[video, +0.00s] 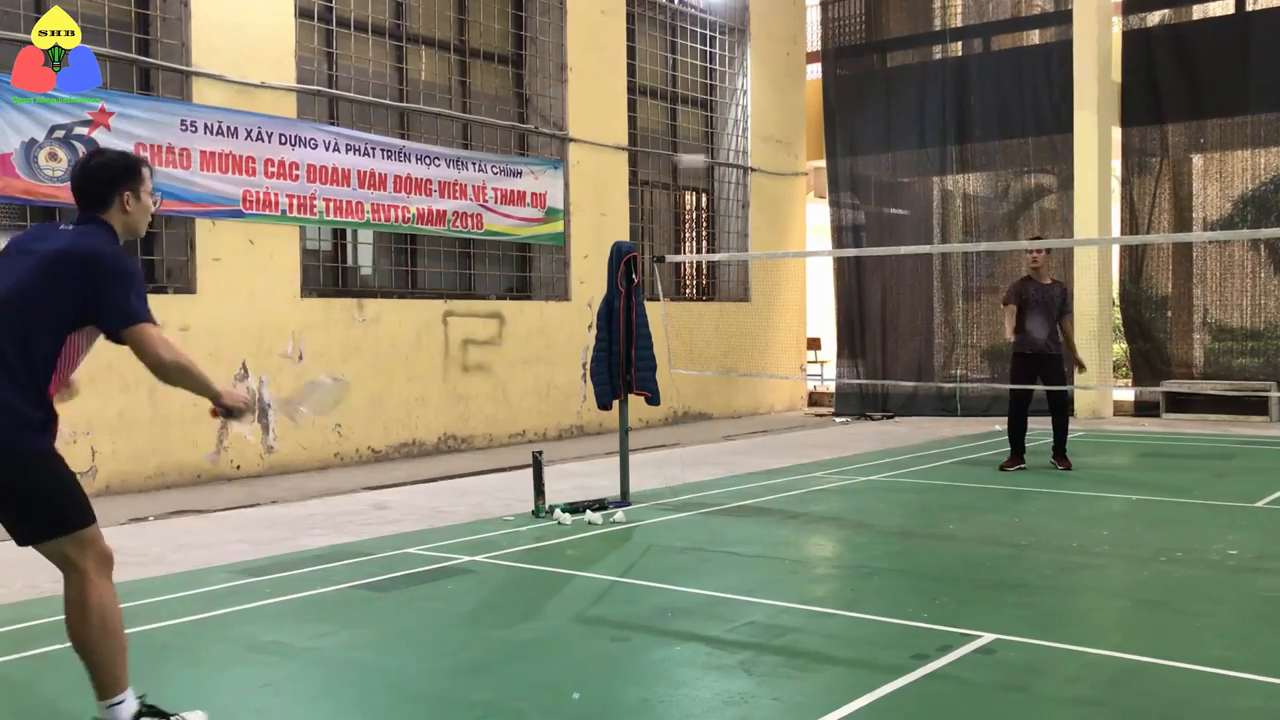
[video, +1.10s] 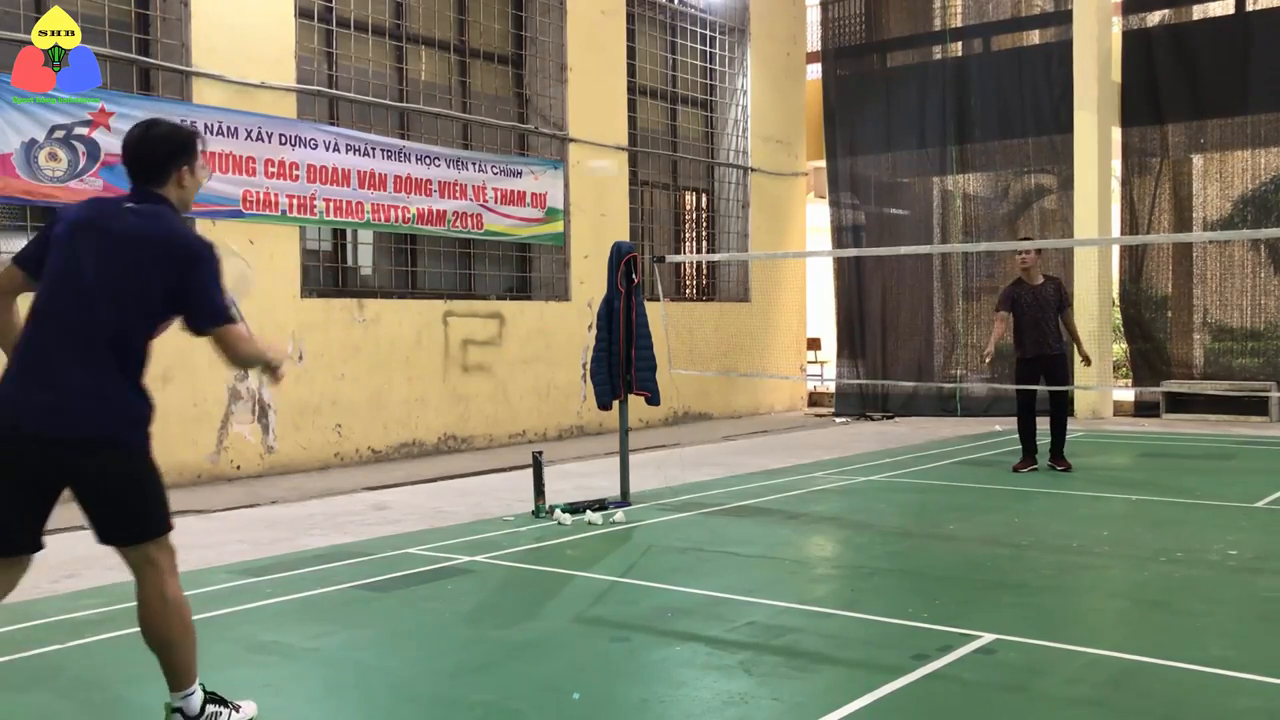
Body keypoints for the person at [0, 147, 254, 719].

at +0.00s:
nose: (153, 206)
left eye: (152, 194)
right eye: (148, 193)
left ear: (92, 200)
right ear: (124, 198)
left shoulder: (32, 239)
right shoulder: (104, 258)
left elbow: (10, 310)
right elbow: (162, 357)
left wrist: (41, 371)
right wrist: (220, 395)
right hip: (13, 430)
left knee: (80, 559)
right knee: (87, 560)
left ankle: (118, 706)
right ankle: (120, 708)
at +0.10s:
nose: (156, 190)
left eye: (154, 178)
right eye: (152, 179)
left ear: (91, 182)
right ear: (129, 183)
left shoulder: (32, 224)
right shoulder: (120, 246)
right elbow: (184, 340)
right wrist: (211, 355)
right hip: (25, 419)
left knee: (78, 561)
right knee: (82, 563)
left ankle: (116, 707)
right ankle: (118, 710)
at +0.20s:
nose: (159, 171)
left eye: (158, 160)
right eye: (158, 161)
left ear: (90, 165)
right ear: (142, 168)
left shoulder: (22, 213)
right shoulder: (146, 240)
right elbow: (235, 312)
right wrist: (253, 322)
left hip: (1, 413)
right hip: (53, 425)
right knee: (106, 562)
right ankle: (124, 709)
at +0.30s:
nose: (167, 162)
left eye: (163, 152)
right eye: (165, 153)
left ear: (93, 157)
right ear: (156, 162)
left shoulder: (33, 206)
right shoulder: (180, 240)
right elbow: (293, 265)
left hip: (1, 413)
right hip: (64, 429)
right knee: (118, 562)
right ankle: (125, 710)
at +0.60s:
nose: (167, 141)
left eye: (163, 129)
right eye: (162, 131)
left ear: (97, 138)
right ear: (146, 140)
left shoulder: (34, 188)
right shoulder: (149, 218)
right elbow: (226, 294)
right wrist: (323, 338)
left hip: (4, 407)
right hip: (70, 421)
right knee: (107, 564)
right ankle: (124, 709)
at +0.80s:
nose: (146, 190)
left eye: (145, 177)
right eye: (142, 178)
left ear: (75, 183)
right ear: (117, 183)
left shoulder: (16, 228)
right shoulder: (109, 253)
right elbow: (159, 359)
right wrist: (244, 405)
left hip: (1, 442)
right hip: (39, 445)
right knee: (151, 545)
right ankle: (145, 695)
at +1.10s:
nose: (203, 177)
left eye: (200, 165)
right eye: (199, 166)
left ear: (133, 172)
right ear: (180, 173)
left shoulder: (74, 219)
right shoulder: (186, 247)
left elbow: (3, 288)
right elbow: (234, 346)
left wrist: (26, 362)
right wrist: (271, 358)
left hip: (22, 416)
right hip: (106, 425)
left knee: (7, 563)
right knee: (154, 565)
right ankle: (188, 702)